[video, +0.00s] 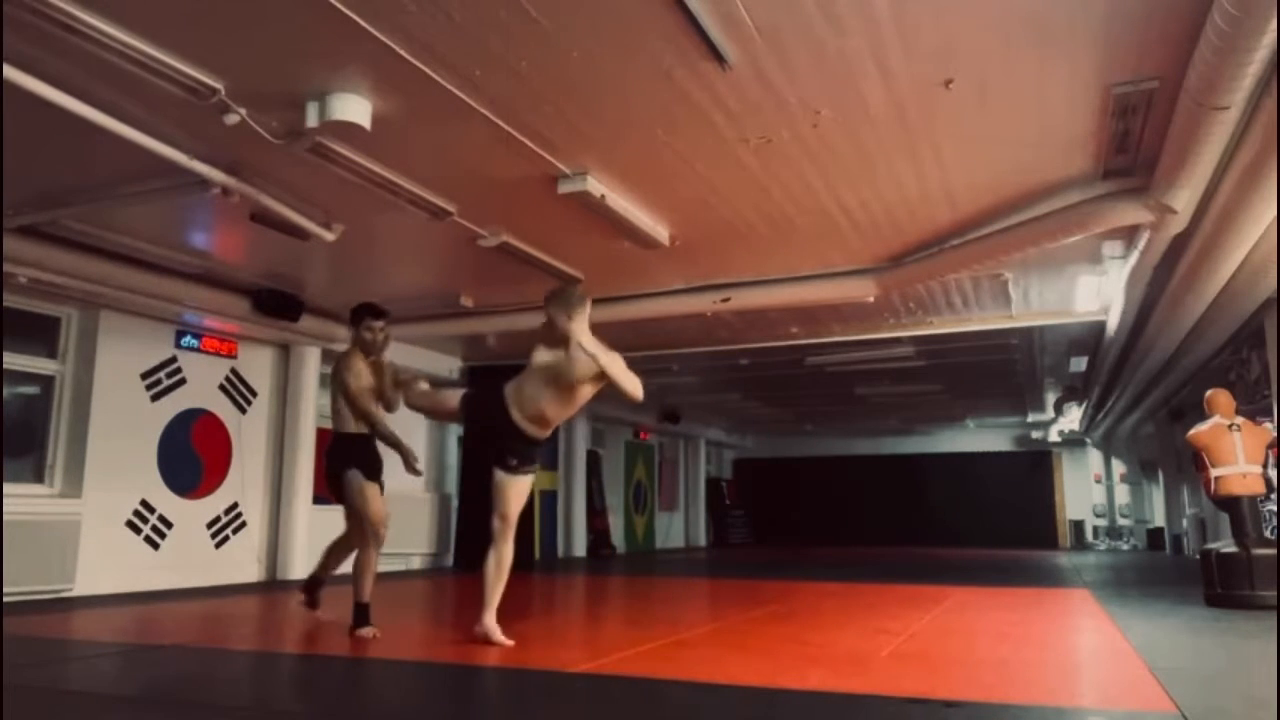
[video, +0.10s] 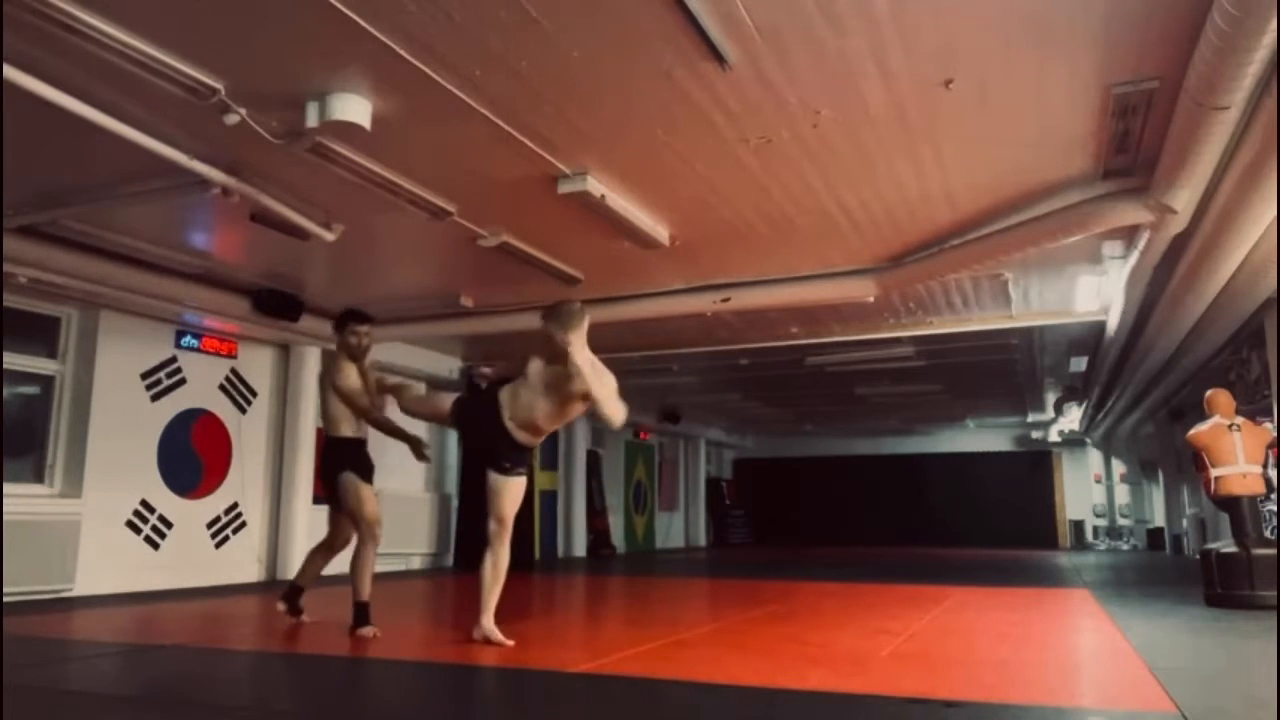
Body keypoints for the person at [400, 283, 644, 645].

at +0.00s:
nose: (546, 325)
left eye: (551, 319)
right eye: (547, 319)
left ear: (574, 316)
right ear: (554, 317)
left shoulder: (602, 360)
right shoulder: (545, 344)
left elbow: (636, 393)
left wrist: (591, 347)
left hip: (521, 444)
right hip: (492, 404)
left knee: (504, 527)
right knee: (420, 399)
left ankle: (488, 617)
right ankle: (407, 381)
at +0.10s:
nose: (547, 343)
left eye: (553, 337)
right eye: (548, 336)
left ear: (570, 334)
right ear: (553, 333)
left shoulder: (599, 377)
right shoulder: (547, 357)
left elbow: (616, 418)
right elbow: (527, 372)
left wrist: (583, 363)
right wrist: (496, 374)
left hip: (513, 447)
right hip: (487, 408)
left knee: (501, 530)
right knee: (413, 402)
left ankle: (486, 621)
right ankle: (389, 386)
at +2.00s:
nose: (546, 336)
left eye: (545, 330)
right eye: (544, 330)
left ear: (554, 318)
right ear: (562, 314)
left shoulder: (581, 336)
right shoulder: (592, 339)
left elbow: (548, 382)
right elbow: (560, 397)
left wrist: (537, 339)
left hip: (582, 433)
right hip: (591, 433)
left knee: (568, 528)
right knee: (576, 529)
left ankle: (602, 609)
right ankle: (602, 608)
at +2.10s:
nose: (547, 335)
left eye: (545, 329)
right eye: (545, 330)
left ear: (554, 317)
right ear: (562, 313)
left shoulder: (581, 333)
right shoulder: (593, 337)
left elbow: (548, 381)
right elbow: (566, 397)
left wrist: (536, 340)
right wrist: (541, 394)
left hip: (590, 432)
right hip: (589, 431)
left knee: (590, 530)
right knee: (548, 497)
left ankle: (607, 618)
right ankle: (575, 573)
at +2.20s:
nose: (550, 335)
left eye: (548, 328)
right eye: (547, 329)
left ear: (556, 317)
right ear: (564, 312)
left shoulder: (585, 333)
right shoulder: (595, 335)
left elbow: (547, 377)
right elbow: (580, 397)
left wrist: (536, 333)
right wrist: (551, 414)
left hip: (598, 432)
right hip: (591, 430)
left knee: (593, 528)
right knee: (540, 456)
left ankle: (605, 617)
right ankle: (542, 538)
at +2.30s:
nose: (554, 328)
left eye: (553, 322)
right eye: (552, 322)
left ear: (562, 313)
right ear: (571, 308)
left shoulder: (590, 332)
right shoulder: (599, 334)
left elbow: (548, 371)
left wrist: (543, 327)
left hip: (600, 431)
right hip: (593, 428)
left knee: (595, 528)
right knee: (537, 444)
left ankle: (604, 616)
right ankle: (530, 523)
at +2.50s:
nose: (586, 329)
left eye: (585, 322)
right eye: (583, 324)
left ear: (594, 311)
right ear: (601, 308)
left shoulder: (617, 334)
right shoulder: (625, 333)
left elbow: (569, 366)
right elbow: (606, 391)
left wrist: (566, 321)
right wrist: (572, 405)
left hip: (612, 434)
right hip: (602, 431)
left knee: (597, 527)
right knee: (554, 484)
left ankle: (604, 618)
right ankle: (570, 563)